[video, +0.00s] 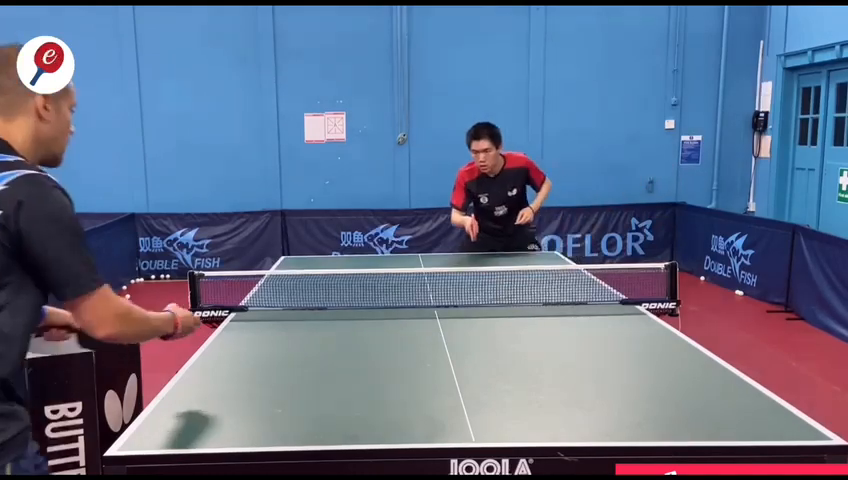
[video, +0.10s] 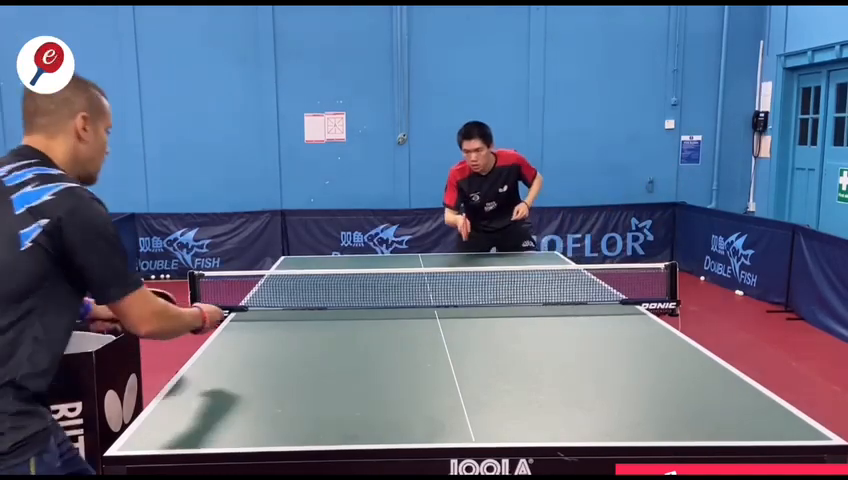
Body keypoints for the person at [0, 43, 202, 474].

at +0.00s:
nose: (73, 128)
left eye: (74, 112)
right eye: (71, 111)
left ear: (41, 106)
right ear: (42, 107)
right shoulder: (30, 192)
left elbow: (1, 296)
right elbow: (104, 319)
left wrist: (49, 318)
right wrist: (167, 323)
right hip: (7, 439)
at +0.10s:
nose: (106, 148)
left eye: (108, 134)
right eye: (106, 133)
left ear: (33, 123)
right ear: (81, 127)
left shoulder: (8, 177)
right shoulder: (70, 203)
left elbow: (14, 296)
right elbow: (145, 318)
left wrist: (83, 314)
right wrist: (199, 316)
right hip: (14, 426)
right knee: (76, 467)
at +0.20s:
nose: (133, 165)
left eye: (137, 152)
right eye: (135, 151)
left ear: (65, 139)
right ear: (113, 143)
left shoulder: (11, 186)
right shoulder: (101, 209)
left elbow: (34, 291)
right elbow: (172, 316)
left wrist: (115, 304)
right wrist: (220, 314)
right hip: (22, 422)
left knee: (88, 466)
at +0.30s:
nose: (152, 179)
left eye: (156, 165)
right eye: (153, 163)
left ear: (87, 147)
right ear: (134, 153)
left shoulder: (26, 191)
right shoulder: (121, 213)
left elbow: (42, 284)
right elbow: (194, 312)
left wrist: (129, 301)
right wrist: (237, 307)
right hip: (28, 426)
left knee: (88, 465)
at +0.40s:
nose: (161, 186)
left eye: (166, 174)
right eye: (165, 172)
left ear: (100, 153)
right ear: (146, 161)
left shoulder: (34, 194)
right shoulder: (137, 220)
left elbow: (57, 281)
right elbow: (206, 316)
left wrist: (143, 301)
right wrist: (240, 306)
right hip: (32, 430)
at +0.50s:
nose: (168, 192)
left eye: (172, 179)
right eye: (171, 178)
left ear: (107, 157)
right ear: (153, 166)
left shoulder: (38, 198)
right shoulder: (144, 224)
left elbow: (64, 293)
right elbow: (210, 329)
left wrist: (153, 314)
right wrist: (242, 320)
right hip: (36, 436)